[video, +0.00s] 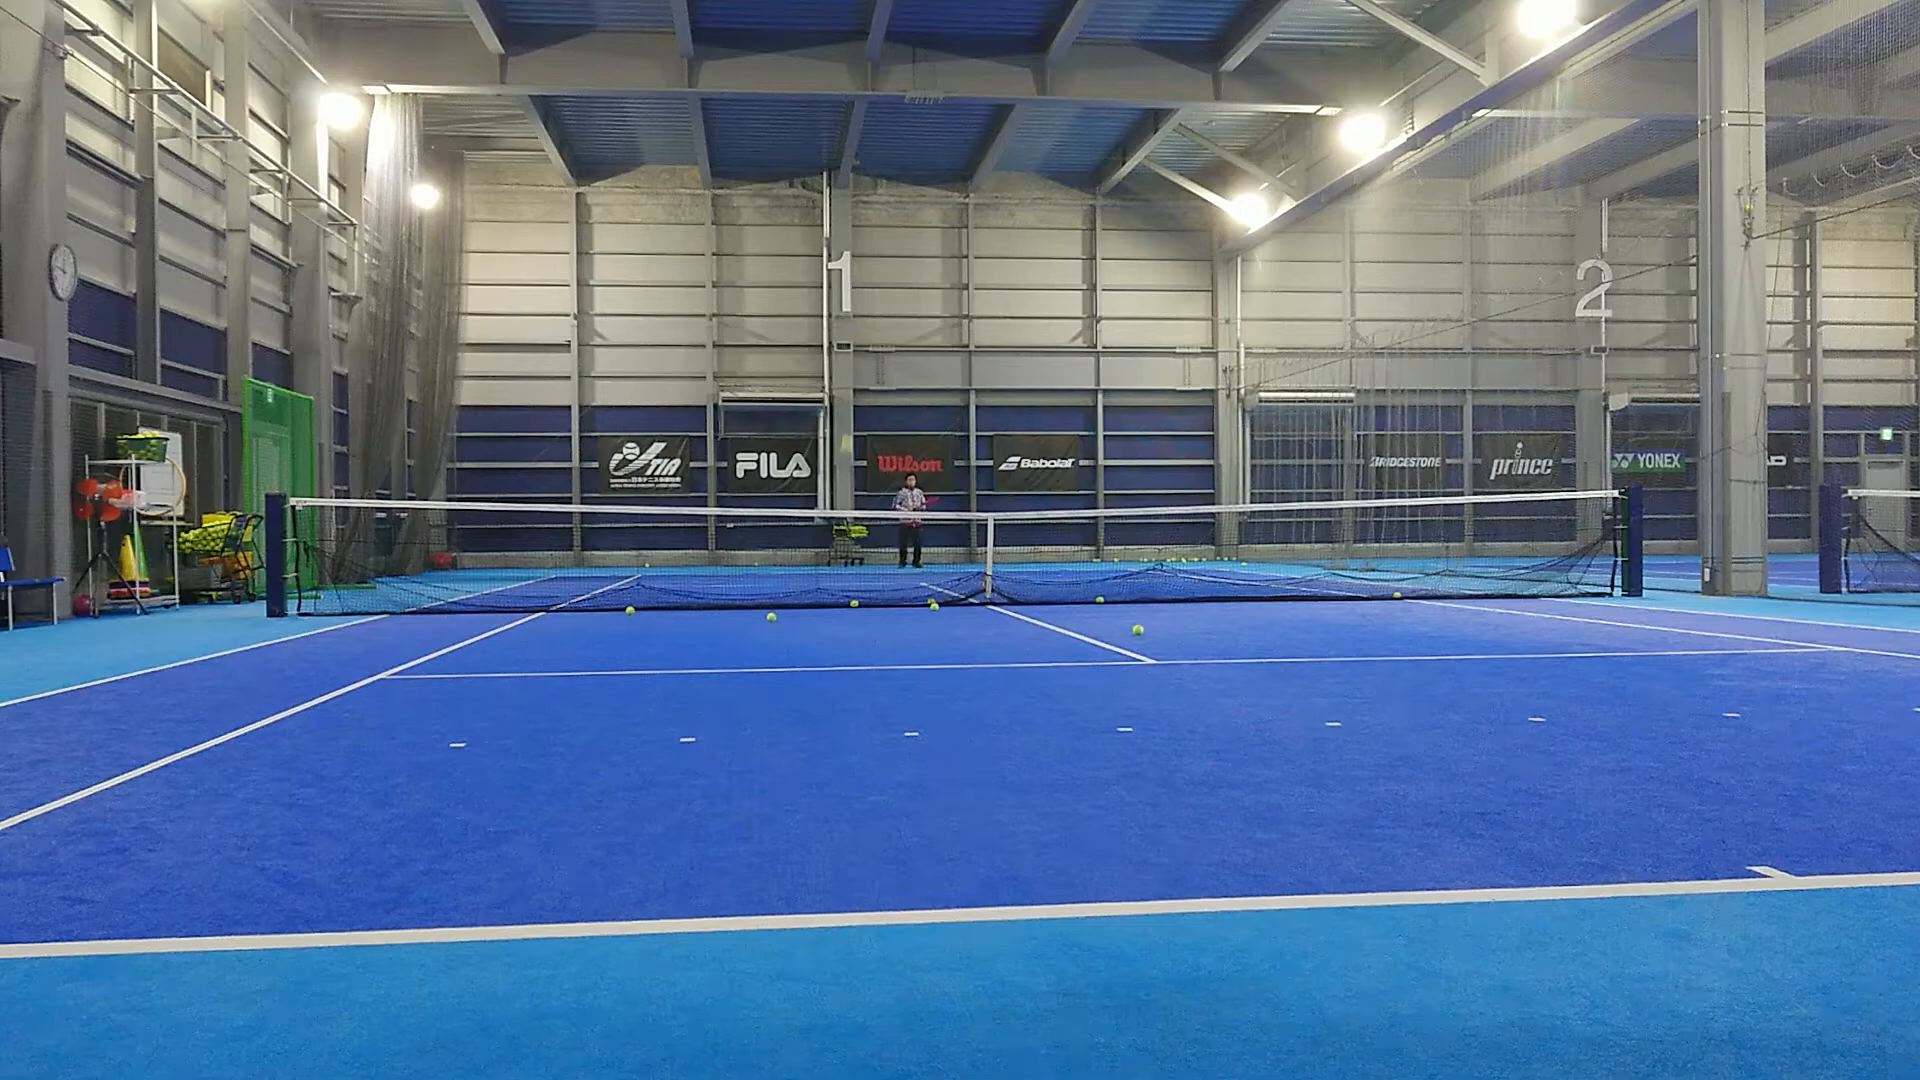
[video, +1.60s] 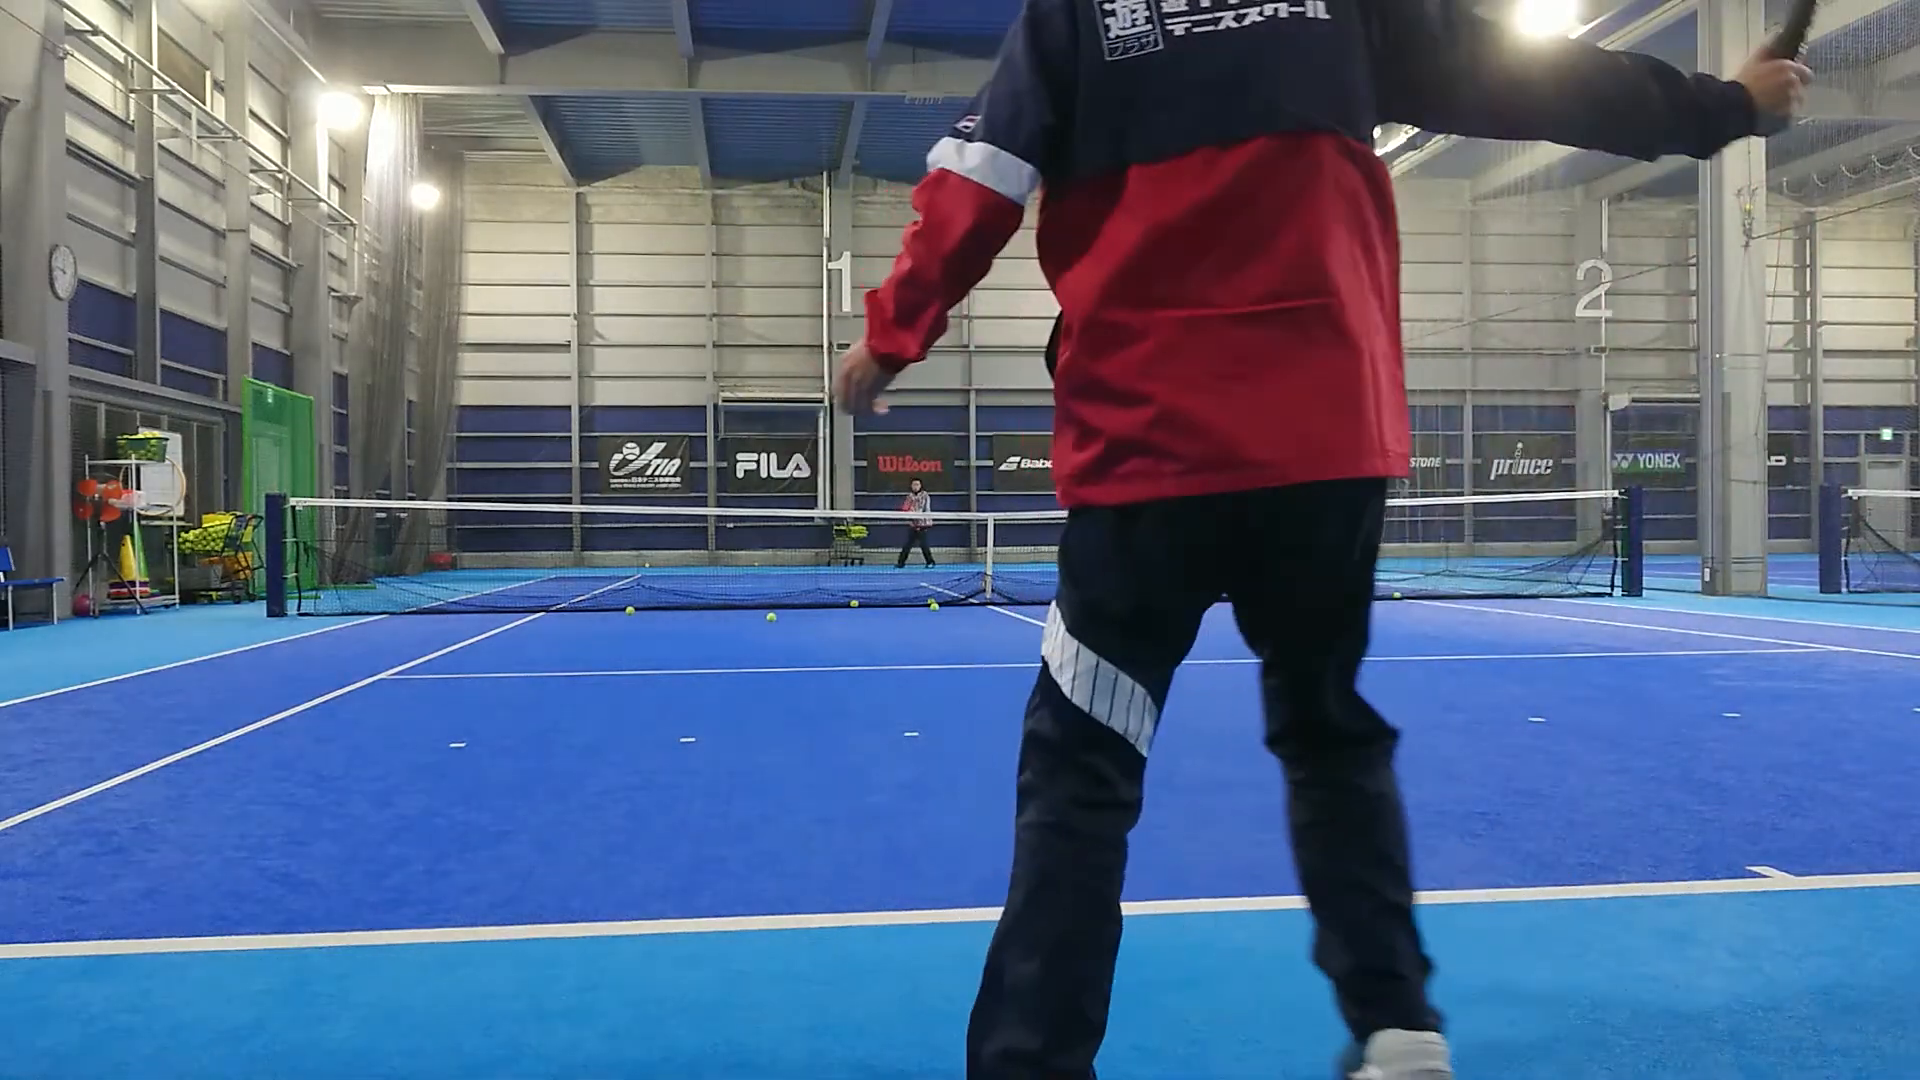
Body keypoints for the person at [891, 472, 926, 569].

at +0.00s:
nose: (911, 482)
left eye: (913, 480)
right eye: (909, 480)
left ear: (915, 481)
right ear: (906, 481)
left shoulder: (919, 492)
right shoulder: (901, 493)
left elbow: (924, 505)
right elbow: (896, 505)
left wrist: (919, 509)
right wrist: (906, 511)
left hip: (916, 521)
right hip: (904, 521)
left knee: (917, 543)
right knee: (903, 544)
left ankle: (916, 561)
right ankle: (902, 561)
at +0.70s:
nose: (908, 482)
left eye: (909, 480)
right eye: (906, 480)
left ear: (912, 481)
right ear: (903, 481)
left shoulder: (917, 493)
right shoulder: (899, 493)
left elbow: (921, 505)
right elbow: (895, 506)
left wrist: (911, 508)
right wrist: (900, 514)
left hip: (914, 521)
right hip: (902, 521)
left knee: (916, 544)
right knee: (900, 544)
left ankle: (917, 562)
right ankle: (900, 562)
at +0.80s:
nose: (906, 482)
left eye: (907, 480)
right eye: (904, 480)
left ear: (911, 481)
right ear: (900, 482)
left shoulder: (916, 492)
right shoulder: (898, 493)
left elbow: (919, 505)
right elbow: (893, 504)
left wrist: (910, 509)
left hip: (914, 521)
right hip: (901, 522)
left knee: (916, 544)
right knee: (900, 545)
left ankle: (917, 562)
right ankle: (899, 563)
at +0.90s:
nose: (904, 482)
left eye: (905, 480)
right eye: (902, 480)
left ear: (908, 481)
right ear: (898, 482)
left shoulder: (914, 492)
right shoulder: (896, 494)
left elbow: (918, 505)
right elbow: (892, 505)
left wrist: (910, 511)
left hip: (913, 522)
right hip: (901, 522)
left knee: (916, 545)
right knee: (899, 545)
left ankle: (916, 562)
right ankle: (899, 563)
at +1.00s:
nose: (902, 482)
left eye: (904, 480)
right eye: (900, 480)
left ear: (907, 482)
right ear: (897, 482)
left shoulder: (912, 492)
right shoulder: (894, 494)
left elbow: (916, 504)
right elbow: (890, 507)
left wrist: (908, 510)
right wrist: (898, 512)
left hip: (912, 522)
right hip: (900, 522)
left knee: (915, 544)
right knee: (899, 545)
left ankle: (916, 562)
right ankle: (898, 563)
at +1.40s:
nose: (907, 484)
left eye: (909, 482)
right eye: (905, 482)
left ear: (911, 483)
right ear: (902, 484)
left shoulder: (916, 495)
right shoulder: (899, 495)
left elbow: (919, 508)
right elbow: (894, 508)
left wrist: (919, 520)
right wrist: (899, 518)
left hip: (914, 523)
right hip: (902, 523)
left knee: (919, 544)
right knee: (900, 545)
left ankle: (926, 561)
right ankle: (898, 563)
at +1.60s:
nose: (915, 487)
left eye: (917, 484)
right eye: (913, 484)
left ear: (921, 486)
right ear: (911, 486)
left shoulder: (925, 496)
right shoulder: (910, 496)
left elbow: (927, 509)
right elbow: (905, 508)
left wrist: (927, 521)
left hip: (923, 523)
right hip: (913, 524)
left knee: (923, 545)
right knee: (908, 544)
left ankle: (930, 562)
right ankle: (901, 562)